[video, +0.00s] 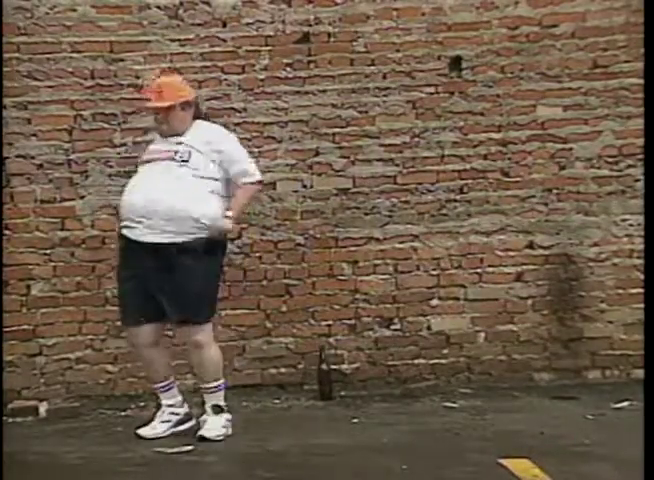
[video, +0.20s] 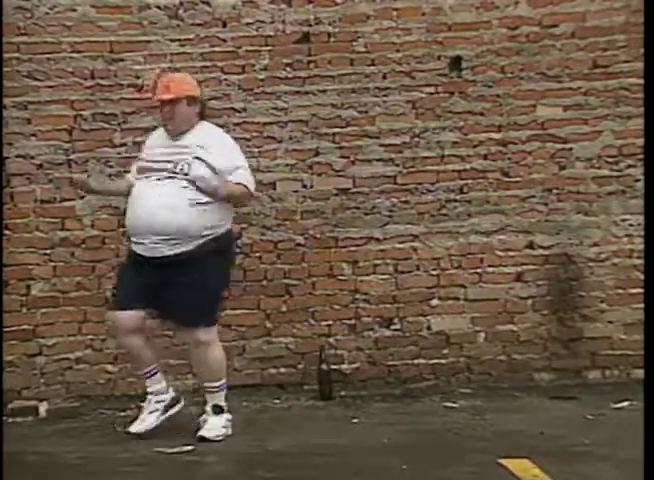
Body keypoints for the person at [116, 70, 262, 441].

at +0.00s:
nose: (156, 118)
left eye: (162, 110)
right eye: (154, 111)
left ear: (185, 107)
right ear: (157, 110)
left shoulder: (216, 137)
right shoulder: (158, 141)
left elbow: (250, 180)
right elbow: (166, 188)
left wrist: (231, 216)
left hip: (192, 248)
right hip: (140, 246)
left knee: (197, 335)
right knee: (143, 334)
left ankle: (216, 412)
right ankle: (174, 409)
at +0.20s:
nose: (164, 111)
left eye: (171, 104)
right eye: (160, 105)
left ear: (193, 105)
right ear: (156, 107)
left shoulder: (216, 140)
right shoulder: (154, 141)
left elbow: (246, 192)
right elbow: (135, 184)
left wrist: (218, 188)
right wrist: (100, 185)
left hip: (200, 252)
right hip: (146, 251)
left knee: (200, 334)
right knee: (124, 322)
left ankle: (217, 411)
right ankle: (161, 395)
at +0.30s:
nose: (153, 106)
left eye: (161, 99)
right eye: (151, 99)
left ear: (185, 102)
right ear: (149, 102)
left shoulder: (207, 137)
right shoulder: (144, 133)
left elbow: (231, 184)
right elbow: (111, 169)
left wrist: (195, 178)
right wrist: (69, 182)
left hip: (203, 252)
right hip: (147, 252)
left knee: (207, 331)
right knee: (135, 320)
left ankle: (218, 410)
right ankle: (157, 402)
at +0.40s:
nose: (146, 114)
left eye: (155, 107)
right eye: (143, 107)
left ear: (177, 111)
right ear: (139, 109)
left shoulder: (197, 141)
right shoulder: (128, 139)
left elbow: (210, 181)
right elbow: (86, 167)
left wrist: (168, 186)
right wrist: (54, 194)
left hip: (205, 256)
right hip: (148, 257)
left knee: (209, 330)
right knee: (150, 332)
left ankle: (219, 411)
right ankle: (162, 413)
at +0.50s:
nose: (139, 129)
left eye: (147, 122)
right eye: (135, 122)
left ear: (168, 121)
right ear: (131, 122)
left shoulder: (190, 147)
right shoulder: (124, 150)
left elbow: (192, 178)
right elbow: (83, 176)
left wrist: (165, 202)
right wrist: (54, 202)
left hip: (200, 260)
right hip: (142, 261)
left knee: (206, 333)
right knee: (138, 333)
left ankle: (218, 411)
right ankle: (160, 412)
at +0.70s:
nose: (131, 115)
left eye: (137, 107)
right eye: (127, 108)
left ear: (158, 99)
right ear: (124, 104)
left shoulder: (179, 125)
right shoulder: (131, 131)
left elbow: (211, 166)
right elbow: (137, 180)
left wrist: (209, 210)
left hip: (180, 242)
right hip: (135, 247)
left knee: (191, 325)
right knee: (146, 328)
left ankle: (215, 407)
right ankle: (160, 411)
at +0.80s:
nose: (124, 99)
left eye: (132, 93)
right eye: (121, 93)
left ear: (153, 88)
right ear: (121, 93)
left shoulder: (179, 117)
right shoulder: (130, 124)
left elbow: (219, 161)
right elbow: (141, 173)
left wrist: (223, 204)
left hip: (176, 223)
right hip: (135, 231)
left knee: (185, 317)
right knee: (151, 322)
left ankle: (219, 400)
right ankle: (169, 406)